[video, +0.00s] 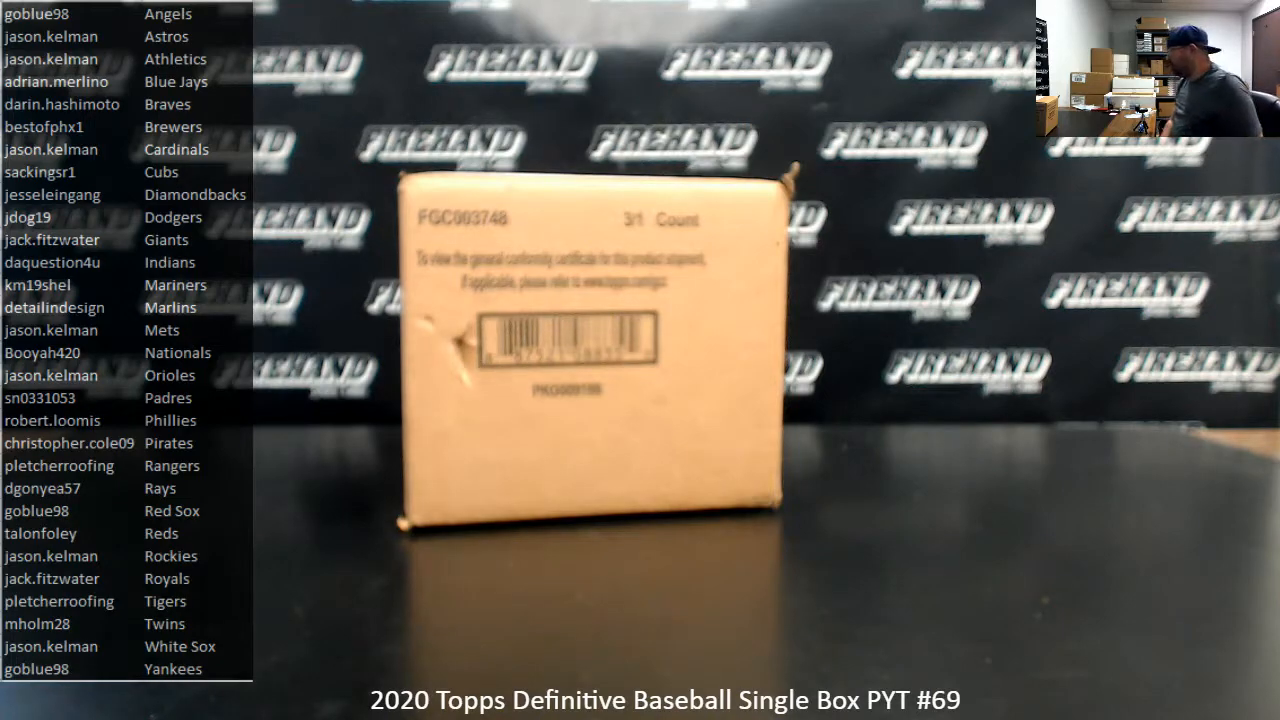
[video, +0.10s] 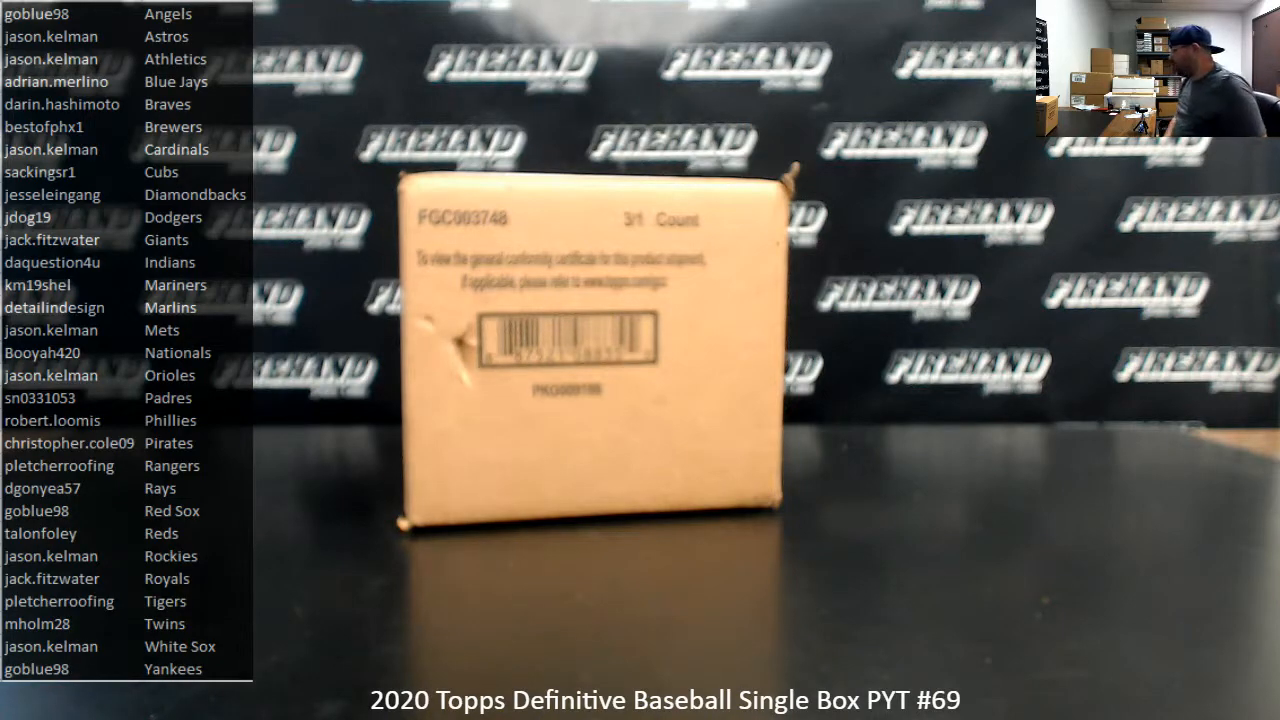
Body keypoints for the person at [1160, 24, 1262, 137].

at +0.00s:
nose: (1168, 58)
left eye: (1171, 51)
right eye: (1169, 51)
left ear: (1192, 49)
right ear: (1192, 49)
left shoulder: (1227, 85)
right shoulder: (1186, 82)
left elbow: (1253, 141)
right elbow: (1174, 121)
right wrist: (1161, 150)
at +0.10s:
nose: (1171, 58)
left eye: (1174, 51)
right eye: (1171, 52)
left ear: (1195, 48)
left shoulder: (1230, 85)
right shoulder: (1189, 82)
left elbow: (1257, 143)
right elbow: (1178, 120)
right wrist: (1162, 149)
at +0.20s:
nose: (1177, 58)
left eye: (1180, 51)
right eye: (1177, 52)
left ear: (1200, 48)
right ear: (1201, 49)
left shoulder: (1236, 85)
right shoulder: (1193, 82)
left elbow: (1267, 143)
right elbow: (1181, 126)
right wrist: (1161, 148)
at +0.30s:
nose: (1181, 58)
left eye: (1184, 52)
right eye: (1181, 53)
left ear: (1205, 49)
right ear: (1204, 49)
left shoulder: (1242, 85)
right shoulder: (1199, 84)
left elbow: (1273, 139)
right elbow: (1187, 122)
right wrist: (1162, 143)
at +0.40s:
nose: (1186, 58)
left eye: (1189, 51)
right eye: (1186, 52)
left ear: (1209, 50)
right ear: (1209, 50)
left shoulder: (1247, 86)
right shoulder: (1202, 82)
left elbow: (1277, 130)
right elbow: (1195, 116)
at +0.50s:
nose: (1193, 59)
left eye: (1196, 52)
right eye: (1193, 53)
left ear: (1215, 51)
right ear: (1216, 51)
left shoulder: (1257, 89)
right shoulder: (1212, 82)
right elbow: (1202, 113)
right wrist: (1182, 122)